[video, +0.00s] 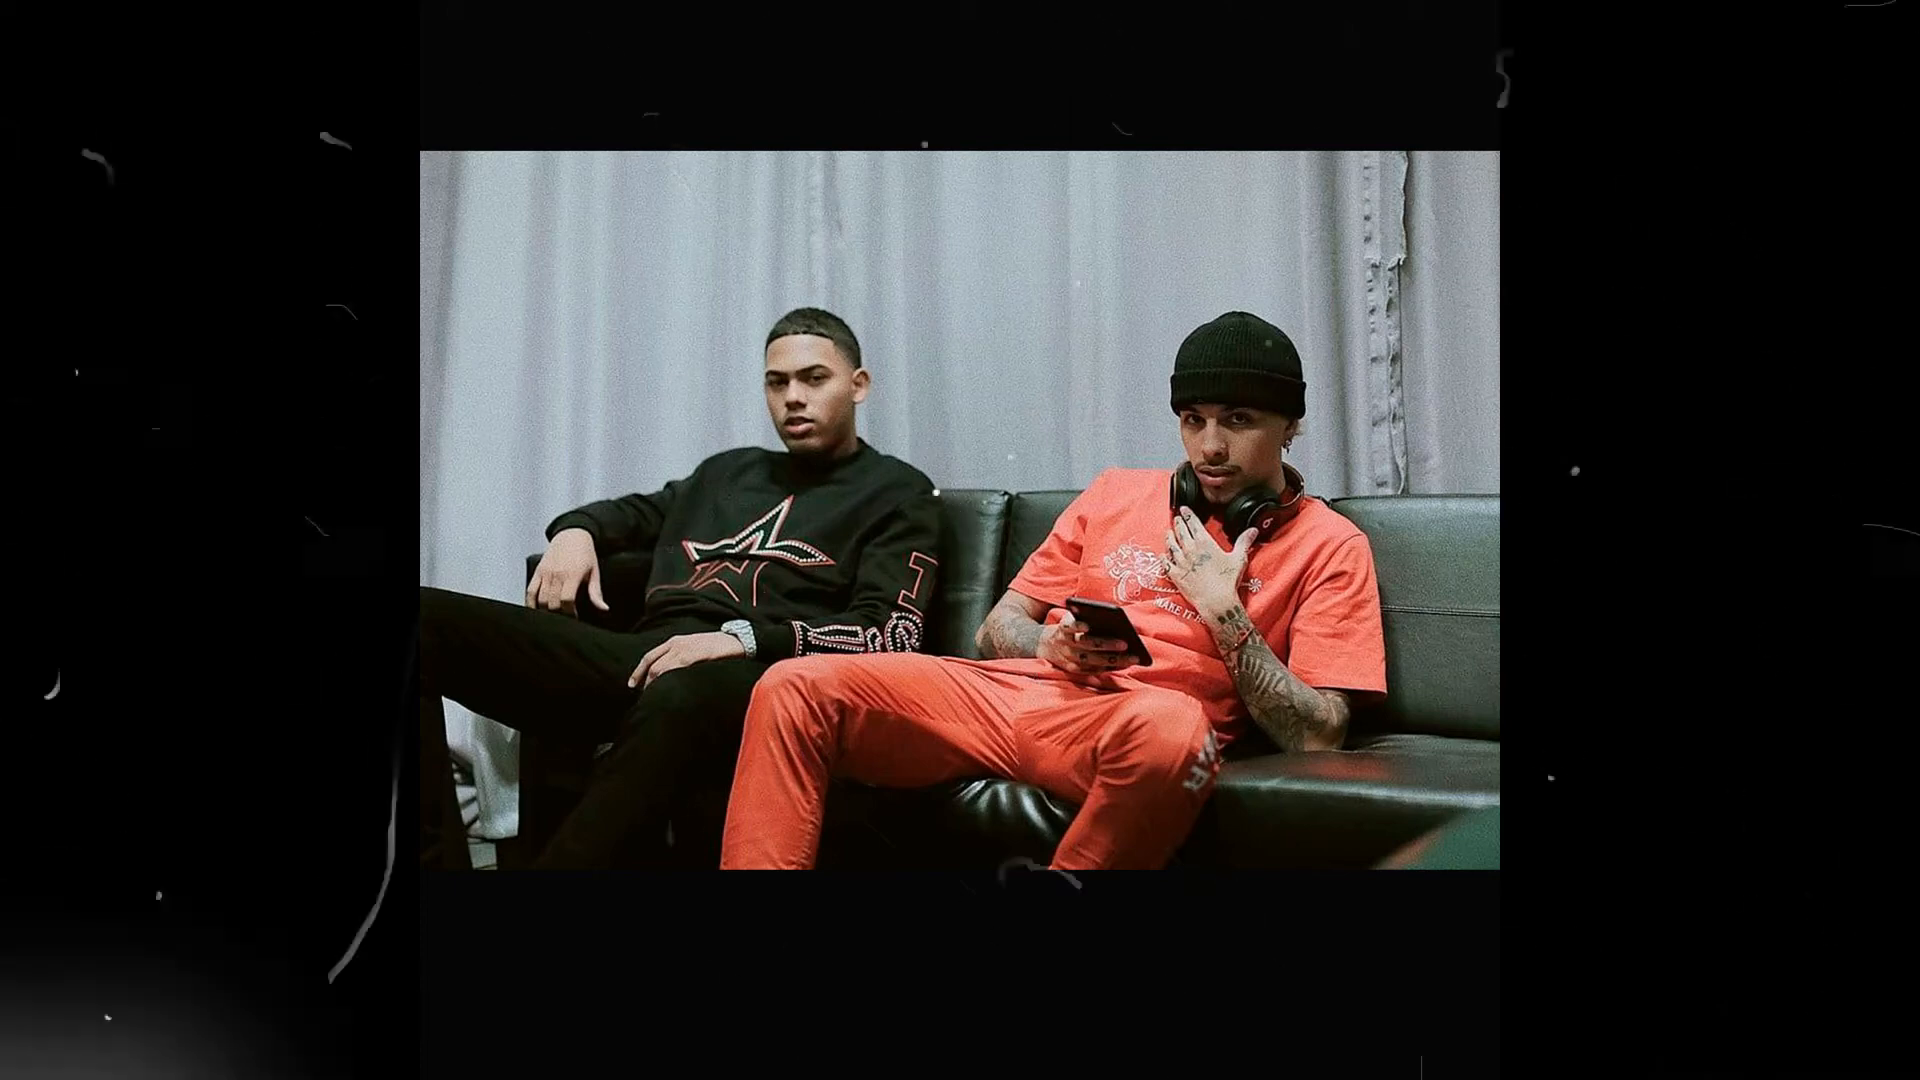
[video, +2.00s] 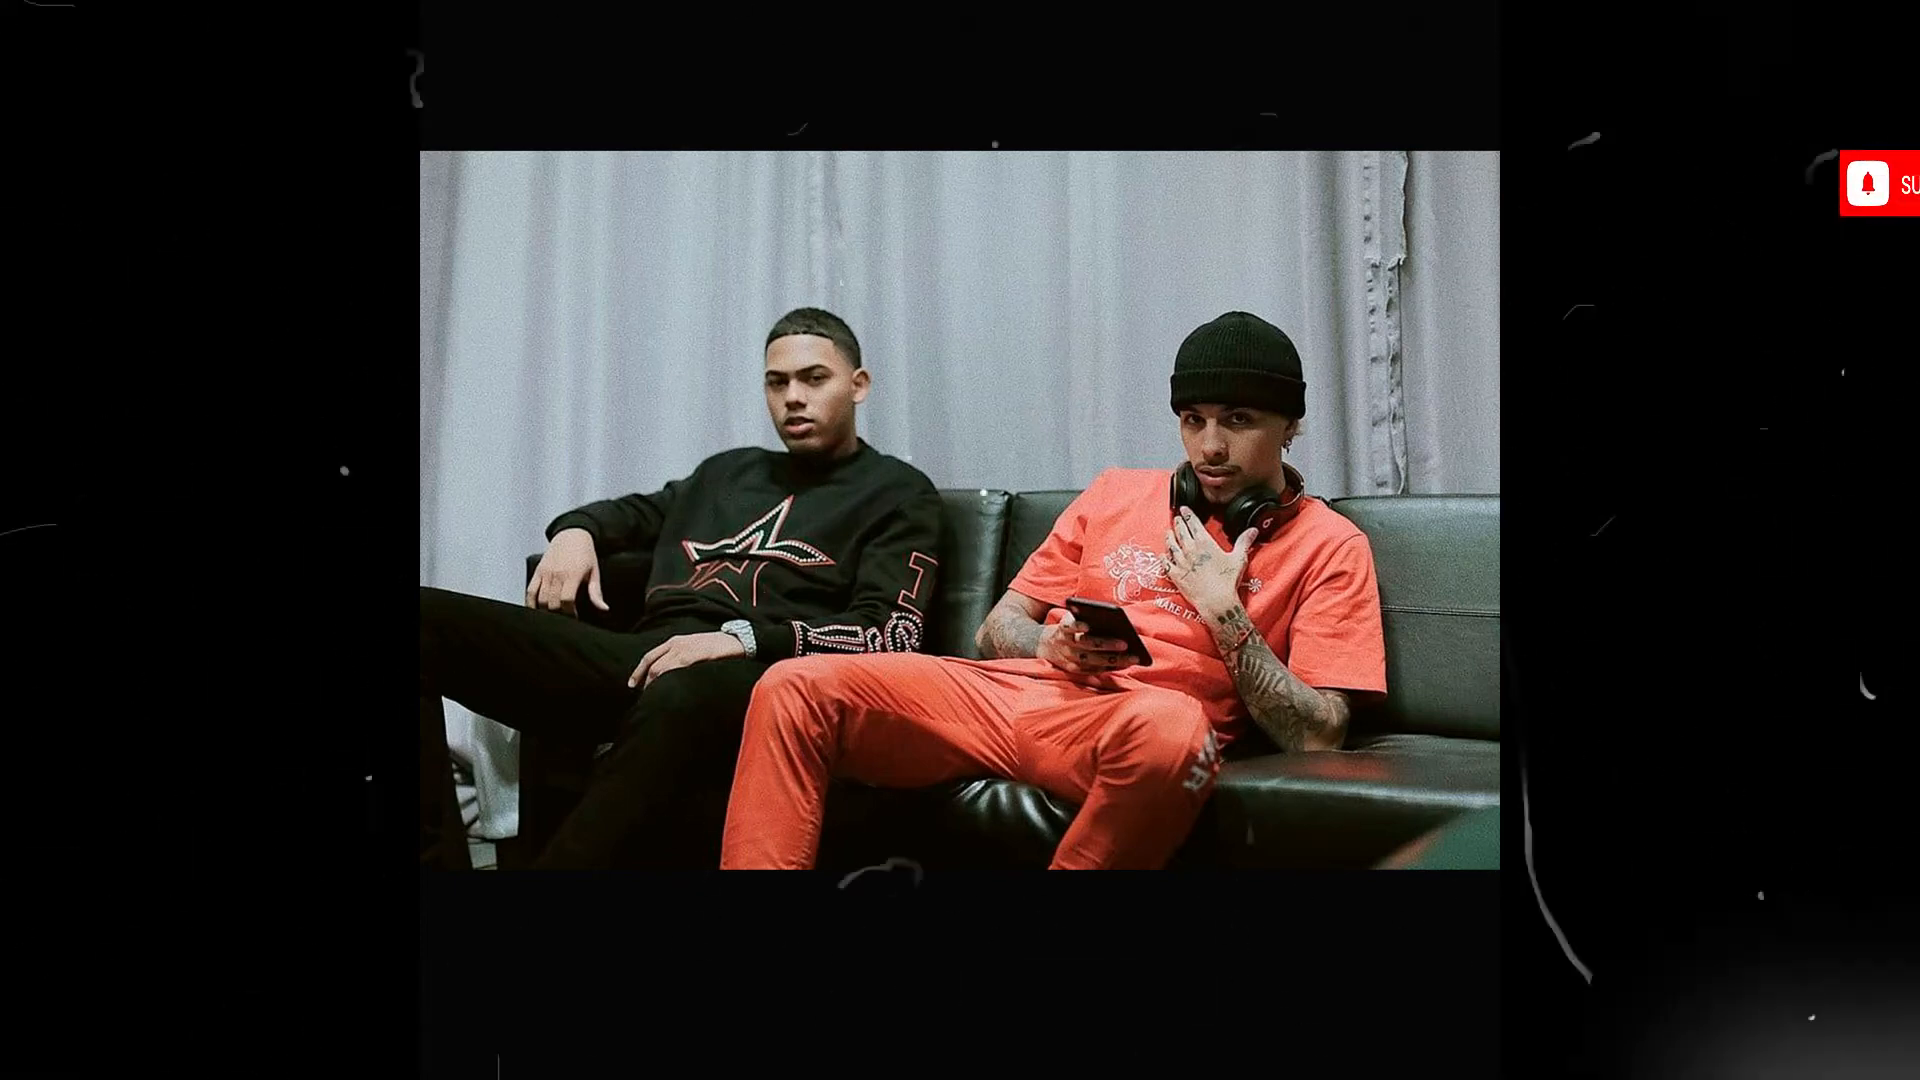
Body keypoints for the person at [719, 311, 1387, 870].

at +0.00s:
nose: (1211, 445)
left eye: (1238, 422)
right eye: (1196, 419)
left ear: (1288, 428)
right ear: (1179, 420)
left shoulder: (1328, 546)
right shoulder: (1118, 492)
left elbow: (1318, 737)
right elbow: (1000, 626)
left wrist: (1226, 614)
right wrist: (1052, 647)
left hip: (1129, 708)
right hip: (1012, 685)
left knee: (1171, 743)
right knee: (791, 694)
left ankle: (1057, 886)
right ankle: (759, 902)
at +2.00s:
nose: (1210, 445)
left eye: (1238, 422)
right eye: (1195, 419)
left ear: (1288, 428)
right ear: (1179, 421)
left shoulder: (1328, 546)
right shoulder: (1119, 492)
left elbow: (1318, 736)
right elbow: (1000, 626)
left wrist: (1226, 614)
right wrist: (1051, 647)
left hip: (1131, 708)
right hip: (1013, 685)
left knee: (1170, 747)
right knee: (792, 694)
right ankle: (763, 919)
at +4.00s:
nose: (1211, 445)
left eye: (1238, 422)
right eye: (1195, 419)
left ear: (1288, 429)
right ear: (1179, 422)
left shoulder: (1329, 546)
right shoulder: (1117, 493)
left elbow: (1318, 736)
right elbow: (999, 627)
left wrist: (1227, 615)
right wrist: (1052, 646)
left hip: (1131, 707)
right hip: (1013, 685)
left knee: (1170, 745)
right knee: (792, 694)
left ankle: (1047, 954)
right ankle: (755, 951)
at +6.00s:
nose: (1210, 445)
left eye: (1238, 421)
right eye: (1195, 419)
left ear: (1288, 429)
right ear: (1179, 422)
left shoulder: (1329, 546)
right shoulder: (1118, 493)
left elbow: (1318, 735)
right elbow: (999, 626)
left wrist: (1227, 615)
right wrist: (1051, 647)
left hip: (1131, 708)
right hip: (1013, 685)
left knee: (1171, 745)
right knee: (792, 693)